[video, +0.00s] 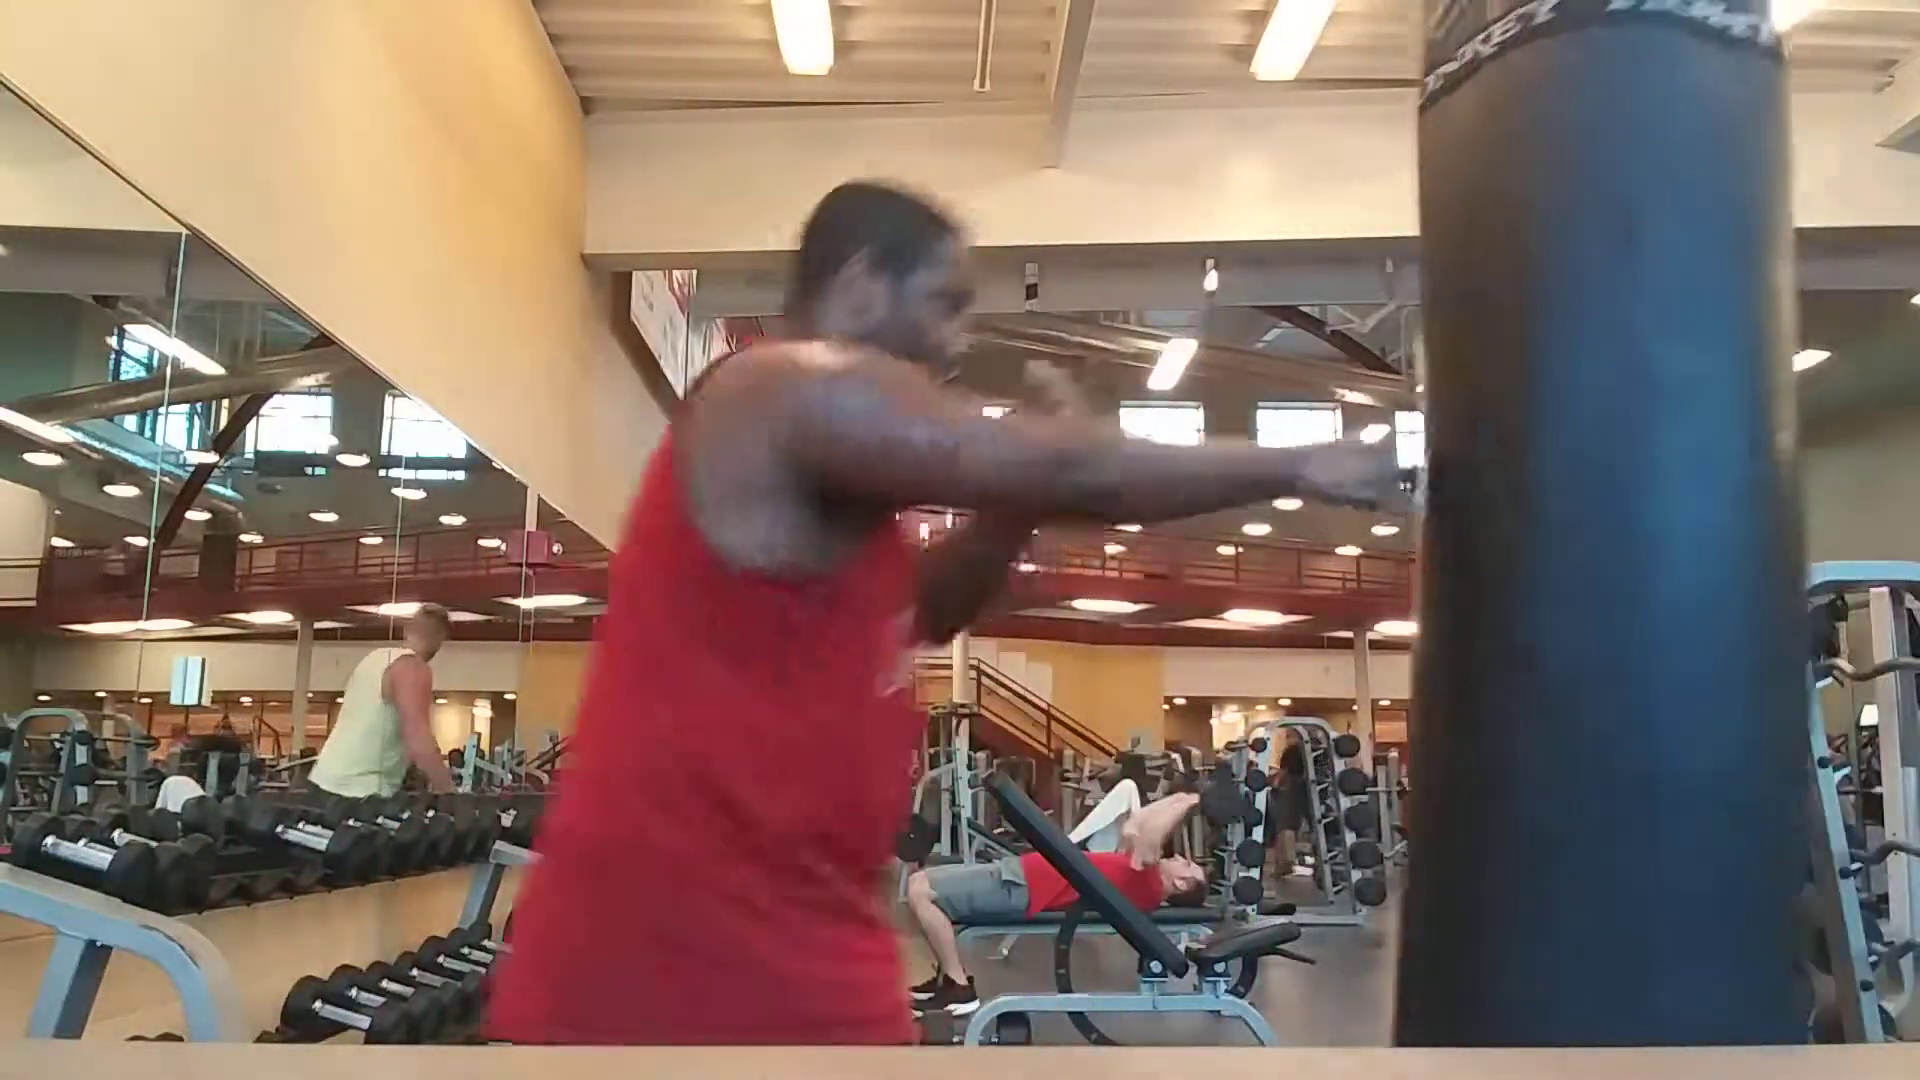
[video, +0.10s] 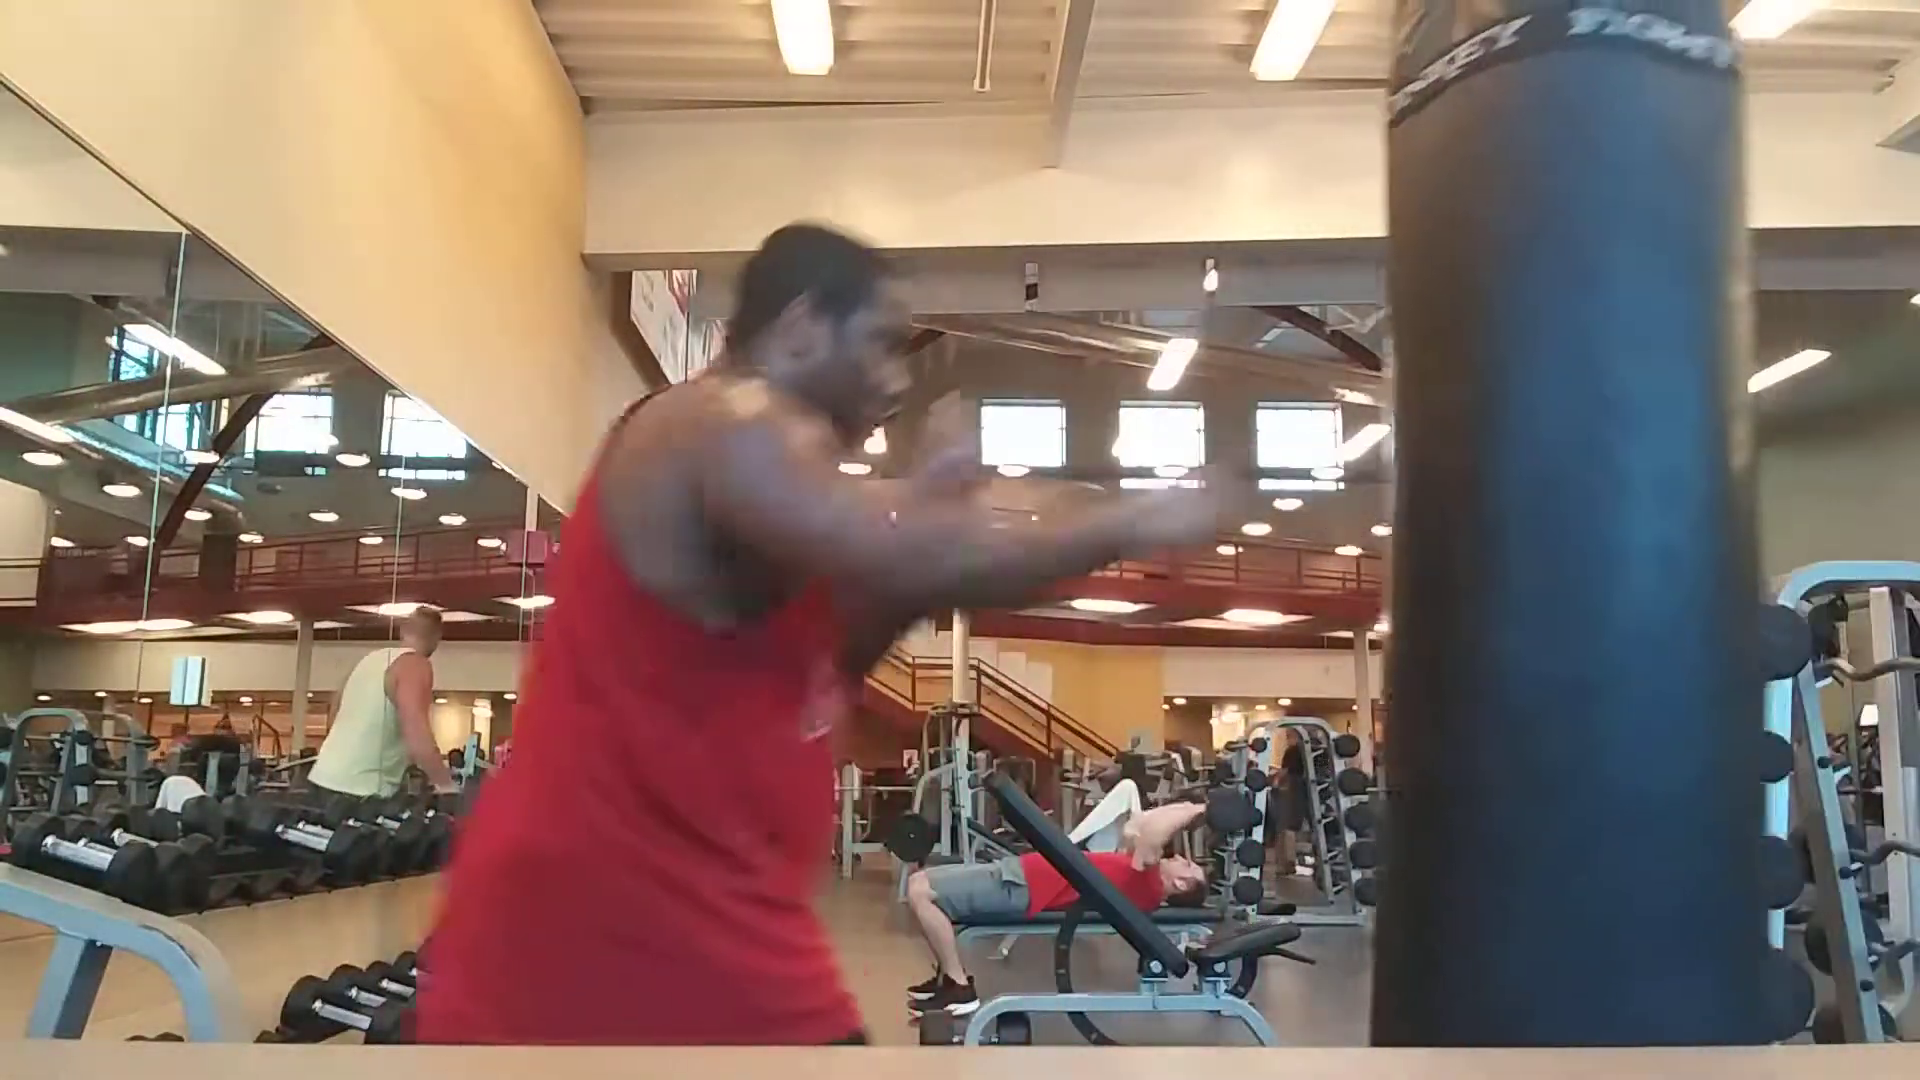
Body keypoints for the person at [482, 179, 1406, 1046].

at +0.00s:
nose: (957, 341)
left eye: (961, 314)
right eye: (943, 306)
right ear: (855, 282)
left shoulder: (814, 442)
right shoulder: (777, 390)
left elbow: (926, 608)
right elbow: (1060, 467)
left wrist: (1013, 493)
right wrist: (1294, 467)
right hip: (703, 956)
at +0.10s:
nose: (901, 374)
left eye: (906, 349)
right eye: (887, 344)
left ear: (796, 327)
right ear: (806, 327)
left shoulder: (709, 436)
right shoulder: (729, 422)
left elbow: (809, 665)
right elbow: (903, 561)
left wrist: (918, 522)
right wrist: (1138, 521)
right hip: (660, 929)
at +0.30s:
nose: (790, 365)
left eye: (793, 338)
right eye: (774, 331)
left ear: (690, 321)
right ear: (694, 318)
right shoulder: (618, 428)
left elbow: (693, 632)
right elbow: (671, 635)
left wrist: (786, 563)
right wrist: (894, 650)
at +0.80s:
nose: (837, 386)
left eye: (836, 355)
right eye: (815, 346)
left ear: (727, 337)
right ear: (722, 332)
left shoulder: (719, 515)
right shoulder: (575, 435)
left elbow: (718, 706)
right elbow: (632, 666)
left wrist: (836, 634)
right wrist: (819, 599)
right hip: (515, 916)